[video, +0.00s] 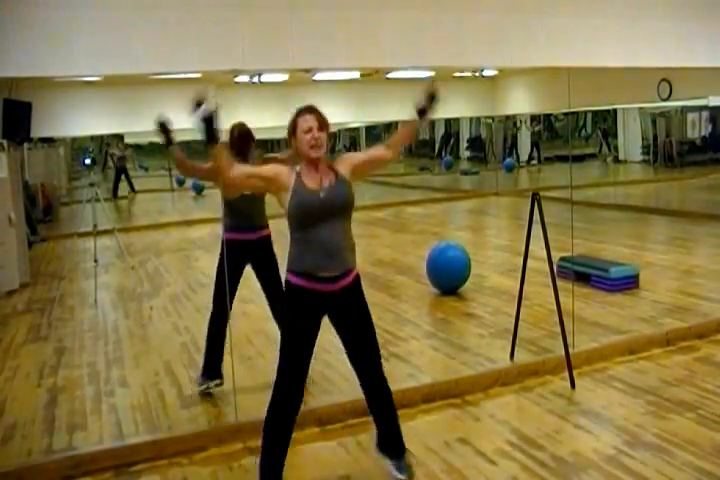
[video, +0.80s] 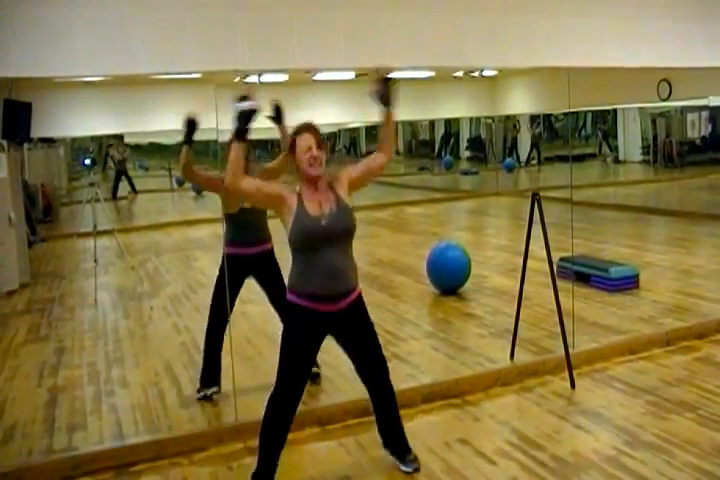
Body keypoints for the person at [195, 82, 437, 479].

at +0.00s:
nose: (315, 136)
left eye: (320, 129)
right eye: (307, 131)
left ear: (328, 136)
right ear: (294, 139)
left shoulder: (344, 168)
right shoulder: (282, 175)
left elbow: (391, 149)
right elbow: (229, 174)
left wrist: (420, 113)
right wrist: (214, 132)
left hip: (347, 287)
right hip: (303, 291)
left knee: (372, 374)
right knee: (289, 386)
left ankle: (395, 451)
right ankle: (269, 473)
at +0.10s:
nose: (314, 130)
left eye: (318, 123)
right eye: (305, 126)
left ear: (327, 128)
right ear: (293, 135)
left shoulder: (344, 168)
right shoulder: (281, 178)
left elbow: (380, 195)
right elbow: (237, 221)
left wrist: (428, 194)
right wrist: (206, 209)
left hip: (345, 280)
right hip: (303, 284)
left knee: (361, 364)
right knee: (304, 374)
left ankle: (361, 451)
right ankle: (298, 468)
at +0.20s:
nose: (317, 147)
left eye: (320, 140)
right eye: (308, 142)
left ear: (328, 146)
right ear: (295, 151)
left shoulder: (343, 190)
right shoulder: (284, 198)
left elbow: (361, 244)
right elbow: (272, 255)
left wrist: (391, 276)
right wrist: (252, 293)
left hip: (345, 300)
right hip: (305, 303)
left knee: (353, 384)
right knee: (317, 386)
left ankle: (340, 458)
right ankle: (316, 466)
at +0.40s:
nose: (314, 131)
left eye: (318, 124)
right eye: (306, 126)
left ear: (326, 128)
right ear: (293, 134)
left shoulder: (342, 171)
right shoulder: (283, 181)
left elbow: (371, 216)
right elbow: (264, 234)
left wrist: (413, 215)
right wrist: (247, 249)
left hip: (345, 280)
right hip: (303, 284)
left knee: (352, 369)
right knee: (305, 371)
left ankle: (348, 450)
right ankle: (309, 461)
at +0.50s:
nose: (313, 125)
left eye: (317, 119)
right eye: (305, 121)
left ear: (325, 123)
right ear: (292, 130)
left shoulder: (343, 162)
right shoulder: (280, 173)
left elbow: (389, 174)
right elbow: (239, 208)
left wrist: (418, 143)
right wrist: (213, 186)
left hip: (344, 276)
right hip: (302, 280)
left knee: (360, 362)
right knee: (296, 373)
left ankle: (368, 442)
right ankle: (288, 464)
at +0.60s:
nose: (314, 145)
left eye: (319, 139)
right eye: (305, 140)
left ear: (327, 145)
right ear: (293, 149)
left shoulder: (343, 178)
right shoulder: (282, 187)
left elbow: (387, 147)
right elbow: (228, 180)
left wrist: (387, 94)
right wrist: (233, 125)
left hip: (345, 297)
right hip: (301, 301)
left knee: (374, 374)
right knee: (283, 390)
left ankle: (393, 445)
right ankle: (264, 474)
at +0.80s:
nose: (313, 153)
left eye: (318, 146)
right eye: (305, 149)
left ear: (326, 152)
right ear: (293, 158)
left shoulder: (342, 185)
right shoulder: (286, 197)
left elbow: (384, 154)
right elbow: (233, 183)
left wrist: (386, 106)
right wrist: (240, 132)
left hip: (349, 305)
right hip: (304, 309)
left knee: (379, 379)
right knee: (286, 394)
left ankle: (399, 447)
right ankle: (263, 473)